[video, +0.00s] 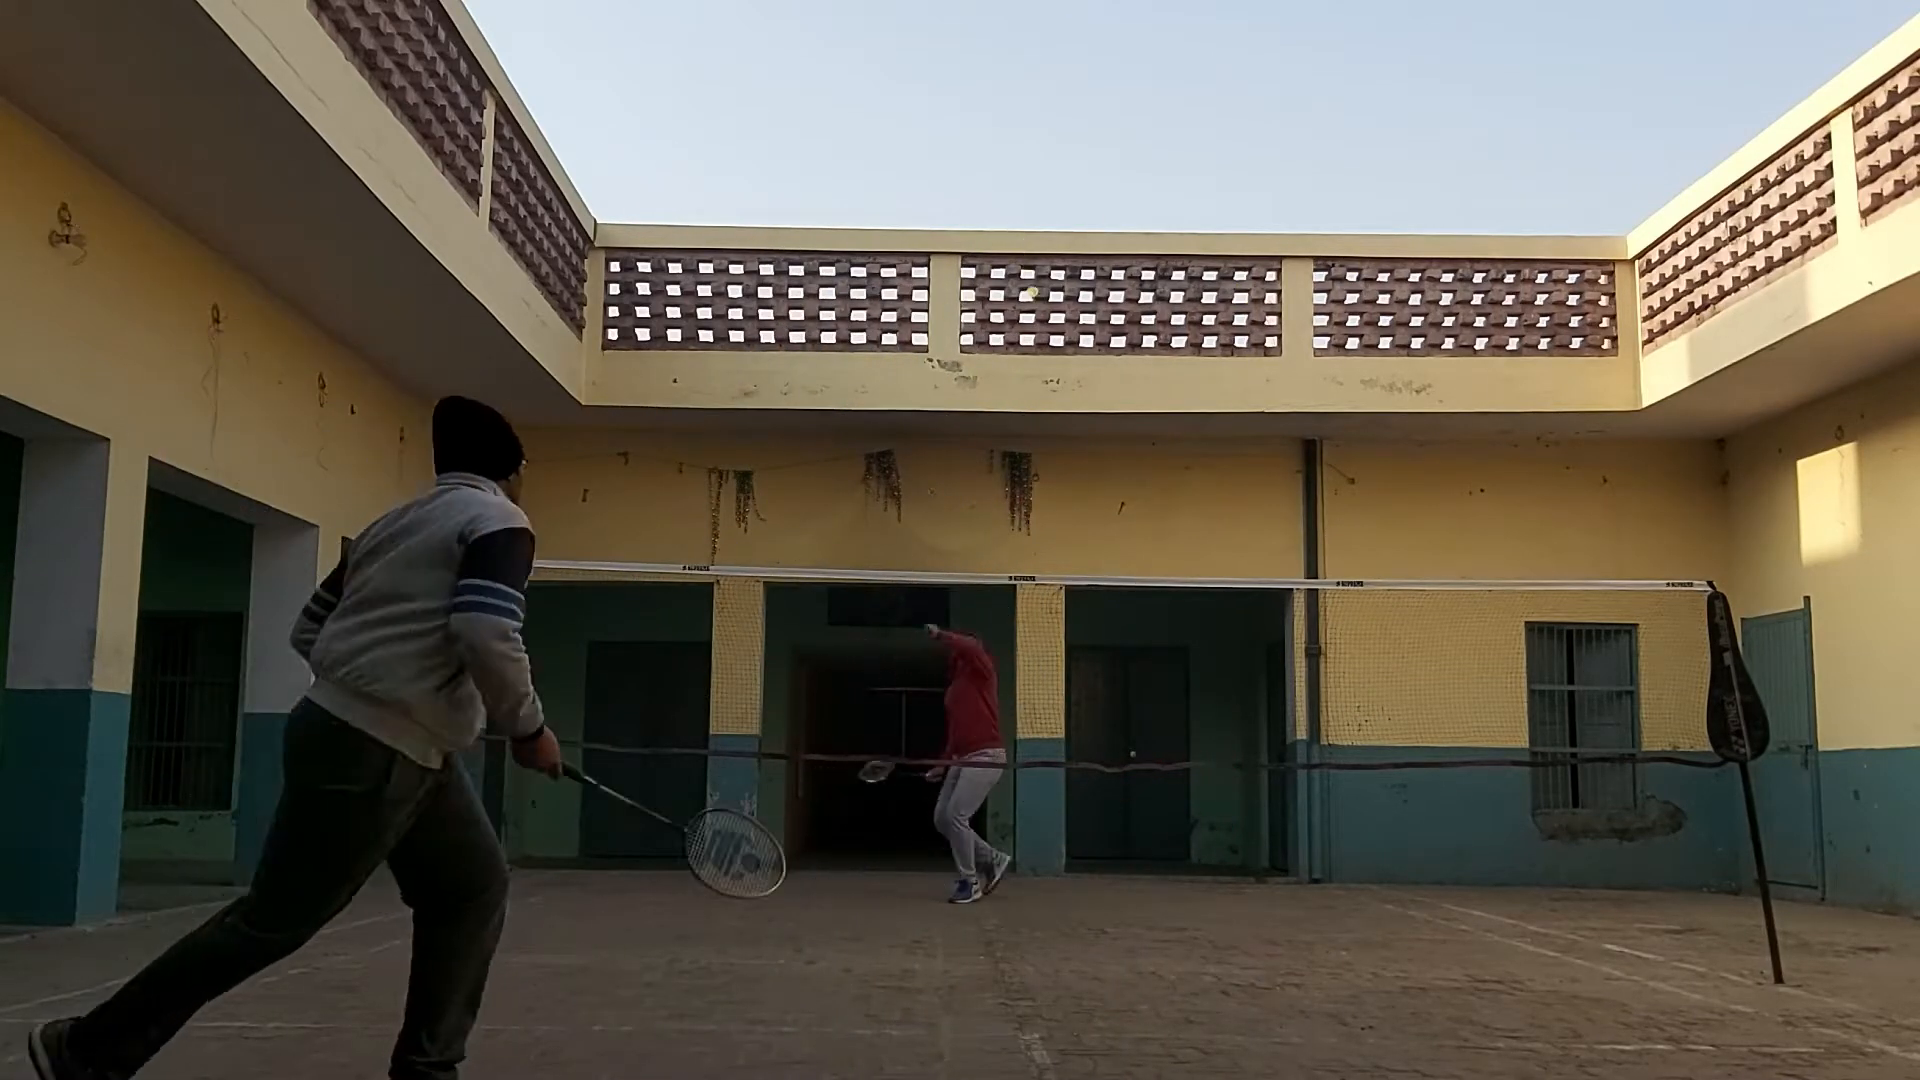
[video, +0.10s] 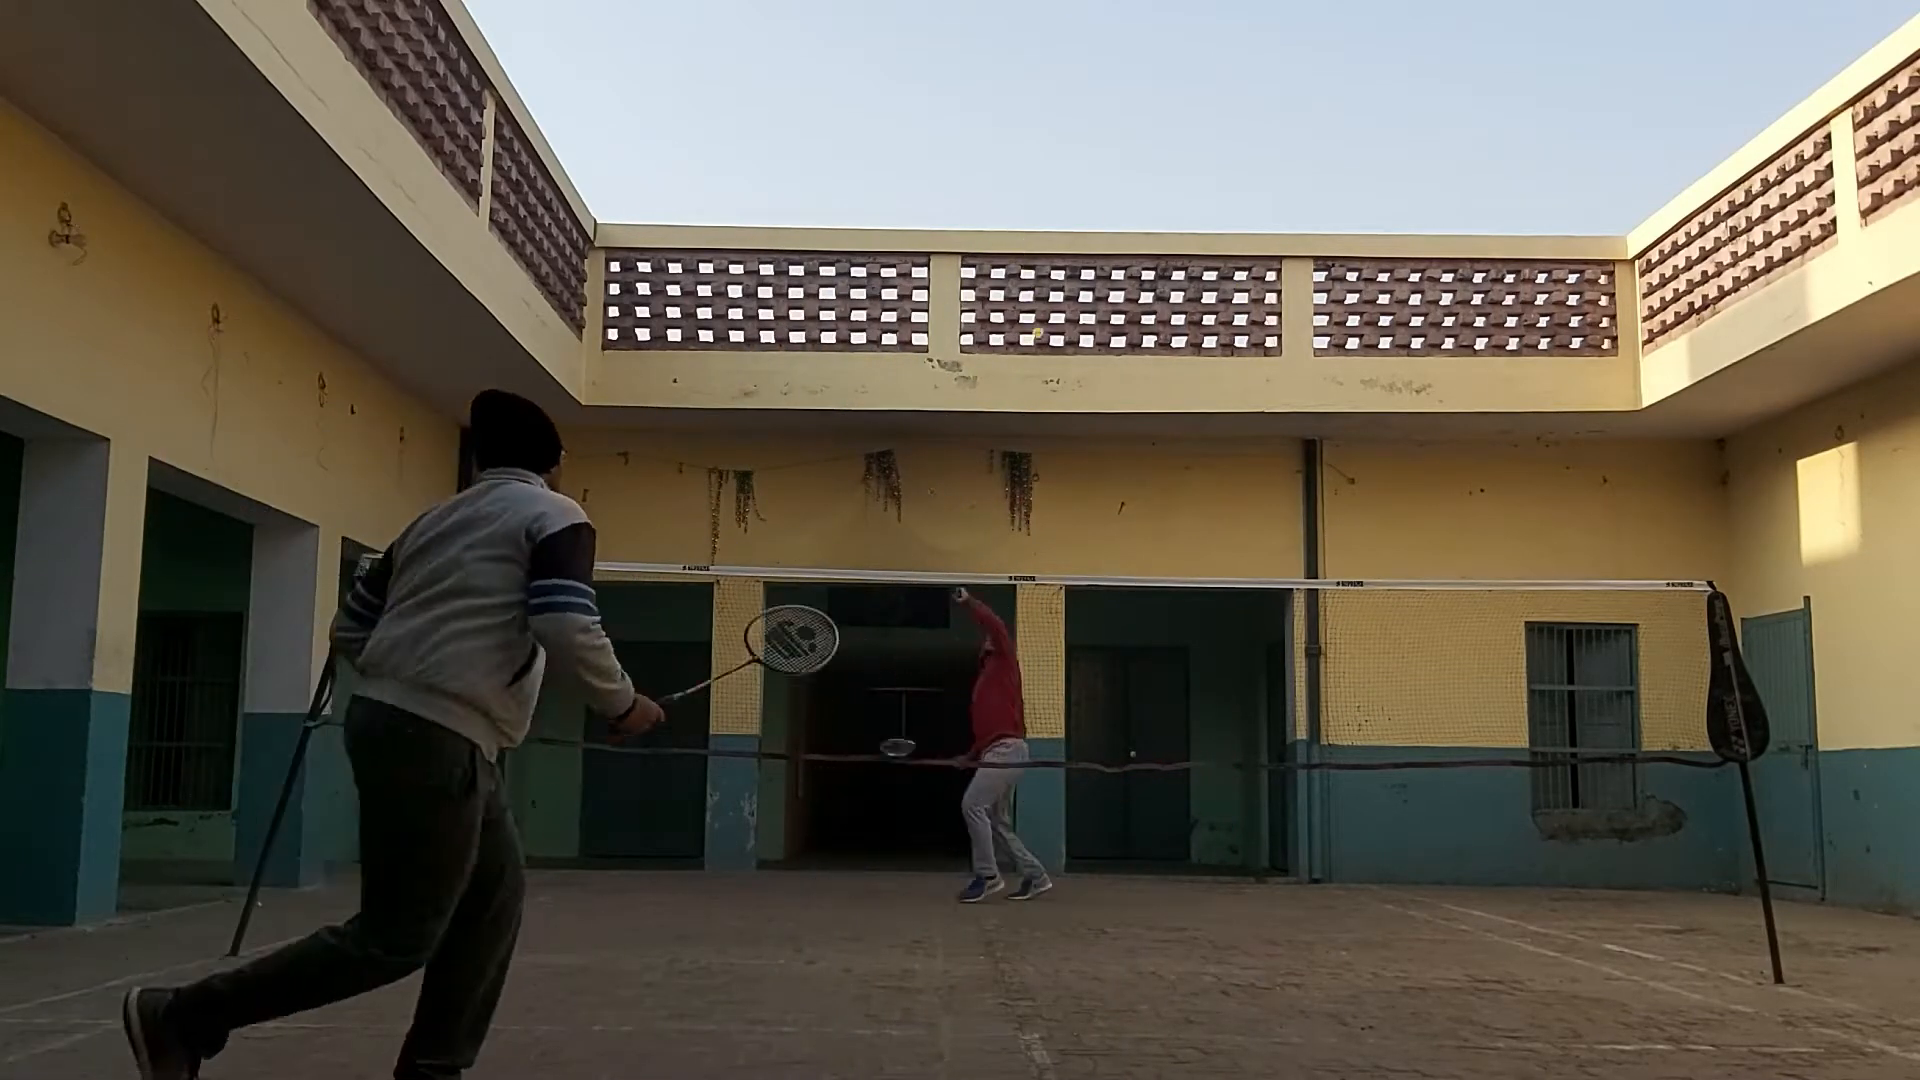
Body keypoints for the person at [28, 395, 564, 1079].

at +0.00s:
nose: (522, 487)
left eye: (518, 473)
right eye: (519, 473)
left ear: (447, 462)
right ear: (507, 468)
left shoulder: (395, 522)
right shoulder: (497, 521)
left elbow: (311, 629)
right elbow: (486, 633)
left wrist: (390, 690)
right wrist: (532, 731)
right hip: (369, 745)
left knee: (471, 890)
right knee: (270, 923)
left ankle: (428, 1063)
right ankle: (87, 1050)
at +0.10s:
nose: (562, 471)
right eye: (556, 458)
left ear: (476, 460)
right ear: (547, 461)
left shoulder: (429, 522)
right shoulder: (552, 515)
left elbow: (353, 630)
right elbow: (563, 622)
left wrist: (437, 670)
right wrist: (624, 702)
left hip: (387, 718)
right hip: (436, 733)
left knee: (495, 893)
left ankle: (433, 1065)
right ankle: (180, 1020)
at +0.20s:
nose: (610, 465)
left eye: (608, 458)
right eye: (608, 457)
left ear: (532, 452)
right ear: (599, 456)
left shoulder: (478, 512)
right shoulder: (598, 510)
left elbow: (422, 618)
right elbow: (608, 617)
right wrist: (675, 695)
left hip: (419, 710)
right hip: (493, 718)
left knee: (483, 900)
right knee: (560, 915)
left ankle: (434, 1065)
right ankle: (361, 1025)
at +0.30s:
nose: (656, 473)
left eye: (650, 465)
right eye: (658, 463)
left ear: (582, 453)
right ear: (652, 459)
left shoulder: (527, 514)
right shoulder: (647, 514)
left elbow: (485, 618)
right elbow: (648, 616)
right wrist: (712, 703)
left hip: (464, 713)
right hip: (558, 712)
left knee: (518, 882)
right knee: (684, 881)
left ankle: (435, 1064)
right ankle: (614, 1062)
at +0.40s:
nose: (714, 478)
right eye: (714, 467)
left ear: (635, 459)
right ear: (709, 465)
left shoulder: (572, 528)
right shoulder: (704, 519)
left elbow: (535, 632)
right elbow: (695, 618)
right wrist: (757, 711)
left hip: (536, 727)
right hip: (637, 723)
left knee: (536, 917)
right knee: (748, 901)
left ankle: (433, 1070)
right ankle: (844, 1067)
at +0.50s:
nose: (758, 485)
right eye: (757, 475)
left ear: (680, 479)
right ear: (754, 478)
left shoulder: (619, 565)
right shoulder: (761, 542)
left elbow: (554, 676)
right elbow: (766, 647)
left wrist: (632, 712)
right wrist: (825, 728)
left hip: (612, 777)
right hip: (718, 770)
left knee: (587, 931)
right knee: (840, 935)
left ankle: (465, 1070)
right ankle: (886, 1071)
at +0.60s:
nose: (784, 497)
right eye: (782, 485)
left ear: (702, 488)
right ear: (777, 488)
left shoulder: (648, 576)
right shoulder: (780, 552)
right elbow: (807, 669)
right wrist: (900, 717)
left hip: (641, 797)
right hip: (744, 794)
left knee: (634, 944)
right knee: (908, 943)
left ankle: (508, 1075)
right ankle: (907, 1075)